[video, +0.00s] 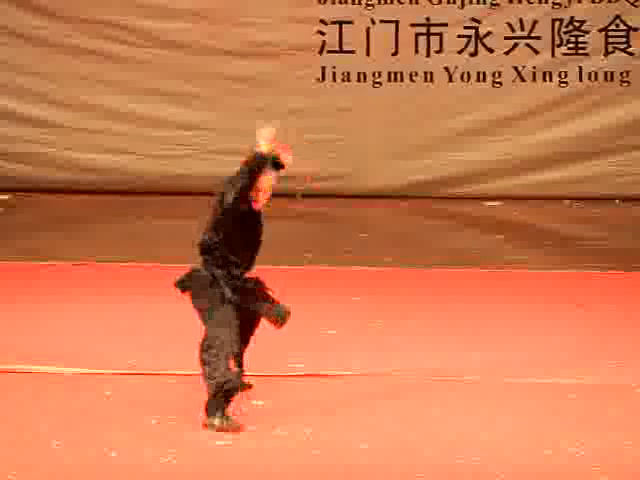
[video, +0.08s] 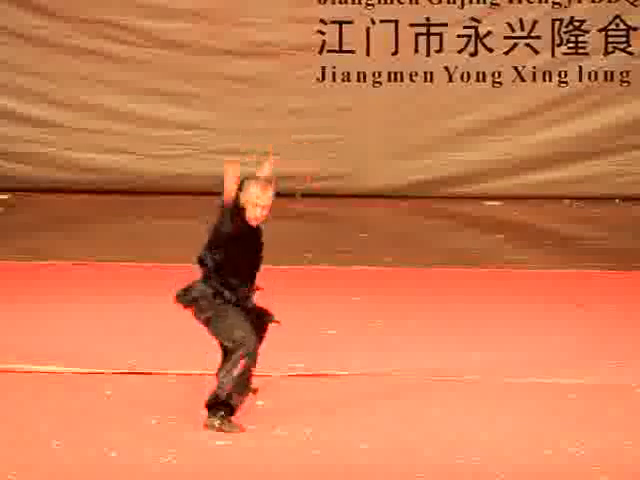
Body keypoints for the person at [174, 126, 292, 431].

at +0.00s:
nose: (266, 195)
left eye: (269, 189)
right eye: (262, 188)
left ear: (270, 191)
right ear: (248, 187)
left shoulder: (253, 217)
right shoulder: (232, 210)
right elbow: (236, 189)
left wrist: (274, 163)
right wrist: (257, 160)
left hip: (233, 278)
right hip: (210, 277)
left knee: (249, 314)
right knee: (222, 324)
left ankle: (232, 365)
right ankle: (216, 401)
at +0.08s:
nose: (261, 213)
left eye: (265, 207)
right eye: (255, 206)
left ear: (270, 206)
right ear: (243, 203)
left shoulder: (252, 227)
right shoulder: (231, 224)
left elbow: (262, 193)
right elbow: (229, 204)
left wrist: (266, 172)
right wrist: (231, 186)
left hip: (233, 299)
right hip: (212, 298)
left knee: (256, 327)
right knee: (244, 341)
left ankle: (235, 380)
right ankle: (219, 409)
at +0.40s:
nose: (287, 209)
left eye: (290, 203)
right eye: (284, 202)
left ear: (291, 200)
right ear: (270, 197)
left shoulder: (274, 218)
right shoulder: (254, 216)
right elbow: (223, 257)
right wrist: (237, 246)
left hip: (240, 287)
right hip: (225, 289)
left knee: (271, 314)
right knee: (254, 346)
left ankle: (263, 379)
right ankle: (231, 411)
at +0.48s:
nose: (299, 191)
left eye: (301, 186)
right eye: (294, 185)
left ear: (298, 185)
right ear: (278, 180)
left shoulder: (278, 198)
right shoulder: (263, 205)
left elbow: (294, 203)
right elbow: (246, 252)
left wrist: (310, 208)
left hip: (249, 273)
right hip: (229, 274)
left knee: (277, 315)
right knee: (234, 332)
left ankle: (264, 381)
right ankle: (228, 399)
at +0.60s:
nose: (300, 172)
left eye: (304, 166)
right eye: (294, 165)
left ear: (308, 166)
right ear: (279, 162)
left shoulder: (302, 196)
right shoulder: (270, 193)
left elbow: (304, 236)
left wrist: (320, 231)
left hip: (278, 276)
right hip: (253, 274)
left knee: (307, 327)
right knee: (253, 337)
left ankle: (280, 385)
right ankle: (201, 374)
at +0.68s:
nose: (297, 165)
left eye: (302, 160)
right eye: (292, 158)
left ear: (308, 160)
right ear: (277, 156)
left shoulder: (300, 187)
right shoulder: (274, 187)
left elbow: (330, 188)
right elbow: (315, 193)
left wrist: (342, 160)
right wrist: (340, 163)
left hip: (296, 270)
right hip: (270, 269)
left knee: (321, 329)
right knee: (262, 338)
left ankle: (290, 386)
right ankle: (241, 347)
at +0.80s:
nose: (306, 155)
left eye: (310, 149)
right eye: (300, 148)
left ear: (315, 149)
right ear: (286, 148)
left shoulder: (325, 172)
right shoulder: (276, 177)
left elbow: (329, 206)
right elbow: (273, 191)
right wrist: (281, 165)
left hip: (327, 254)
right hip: (291, 254)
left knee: (336, 320)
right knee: (282, 319)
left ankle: (310, 375)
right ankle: (298, 353)